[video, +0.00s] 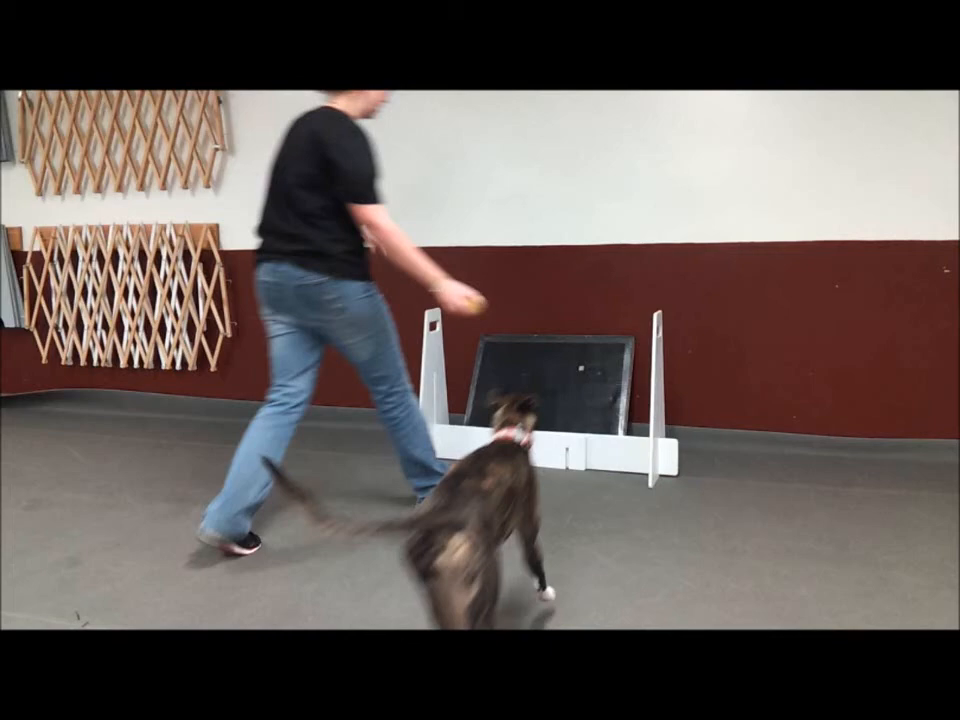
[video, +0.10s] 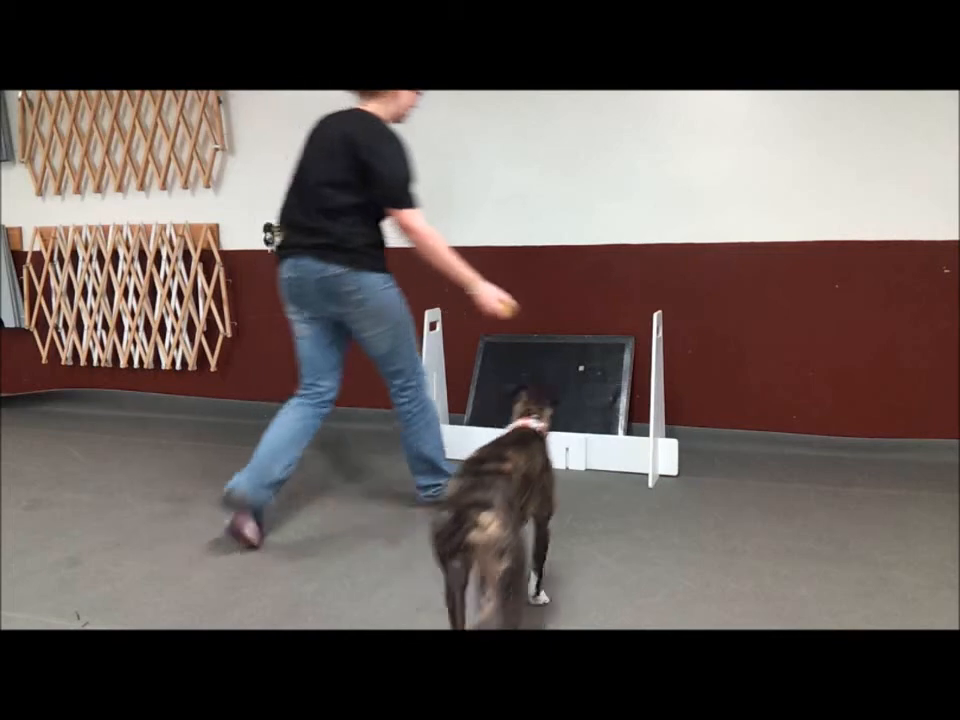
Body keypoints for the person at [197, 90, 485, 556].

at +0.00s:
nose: (387, 98)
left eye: (386, 92)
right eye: (384, 91)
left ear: (341, 88)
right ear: (365, 90)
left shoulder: (304, 125)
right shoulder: (345, 134)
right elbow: (377, 225)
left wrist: (364, 238)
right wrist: (442, 285)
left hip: (279, 274)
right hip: (334, 283)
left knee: (285, 399)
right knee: (391, 390)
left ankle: (227, 519)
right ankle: (434, 487)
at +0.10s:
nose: (417, 101)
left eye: (417, 94)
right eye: (414, 93)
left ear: (369, 91)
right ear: (395, 93)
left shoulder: (328, 126)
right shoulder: (378, 138)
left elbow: (312, 205)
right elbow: (411, 224)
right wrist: (476, 285)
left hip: (298, 268)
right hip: (354, 274)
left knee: (314, 392)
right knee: (407, 382)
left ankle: (248, 495)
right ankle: (434, 483)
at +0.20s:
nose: (452, 112)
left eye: (453, 104)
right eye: (450, 103)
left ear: (401, 99)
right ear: (431, 98)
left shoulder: (357, 131)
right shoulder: (424, 147)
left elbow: (328, 199)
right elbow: (457, 233)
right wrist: (519, 293)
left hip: (316, 262)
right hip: (371, 267)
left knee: (349, 376)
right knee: (424, 374)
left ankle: (297, 466)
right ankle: (437, 486)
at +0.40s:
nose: (473, 148)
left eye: (475, 140)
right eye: (474, 139)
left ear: (431, 126)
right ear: (461, 133)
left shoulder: (382, 148)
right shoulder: (459, 170)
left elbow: (329, 200)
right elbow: (506, 242)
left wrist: (373, 229)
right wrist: (559, 280)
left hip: (332, 257)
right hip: (386, 264)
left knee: (375, 355)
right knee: (441, 367)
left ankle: (371, 458)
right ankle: (439, 484)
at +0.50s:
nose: (472, 162)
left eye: (473, 155)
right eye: (472, 154)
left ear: (430, 140)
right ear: (459, 147)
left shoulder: (382, 159)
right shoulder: (459, 182)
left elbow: (331, 213)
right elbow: (505, 246)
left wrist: (366, 245)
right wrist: (552, 277)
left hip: (336, 262)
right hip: (386, 270)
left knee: (376, 354)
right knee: (448, 364)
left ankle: (372, 450)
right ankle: (440, 483)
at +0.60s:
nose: (469, 174)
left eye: (470, 167)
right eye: (469, 165)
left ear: (431, 153)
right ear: (456, 160)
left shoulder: (387, 168)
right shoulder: (453, 193)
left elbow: (334, 216)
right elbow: (492, 252)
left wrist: (336, 257)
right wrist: (528, 271)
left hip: (331, 266)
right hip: (379, 273)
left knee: (379, 352)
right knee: (458, 355)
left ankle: (374, 451)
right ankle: (443, 474)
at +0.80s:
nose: (472, 202)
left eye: (475, 194)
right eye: (473, 192)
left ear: (439, 179)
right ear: (458, 185)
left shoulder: (402, 190)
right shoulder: (446, 214)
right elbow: (437, 290)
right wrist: (470, 277)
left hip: (323, 264)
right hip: (364, 273)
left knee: (379, 350)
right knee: (445, 351)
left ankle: (375, 452)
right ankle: (445, 467)